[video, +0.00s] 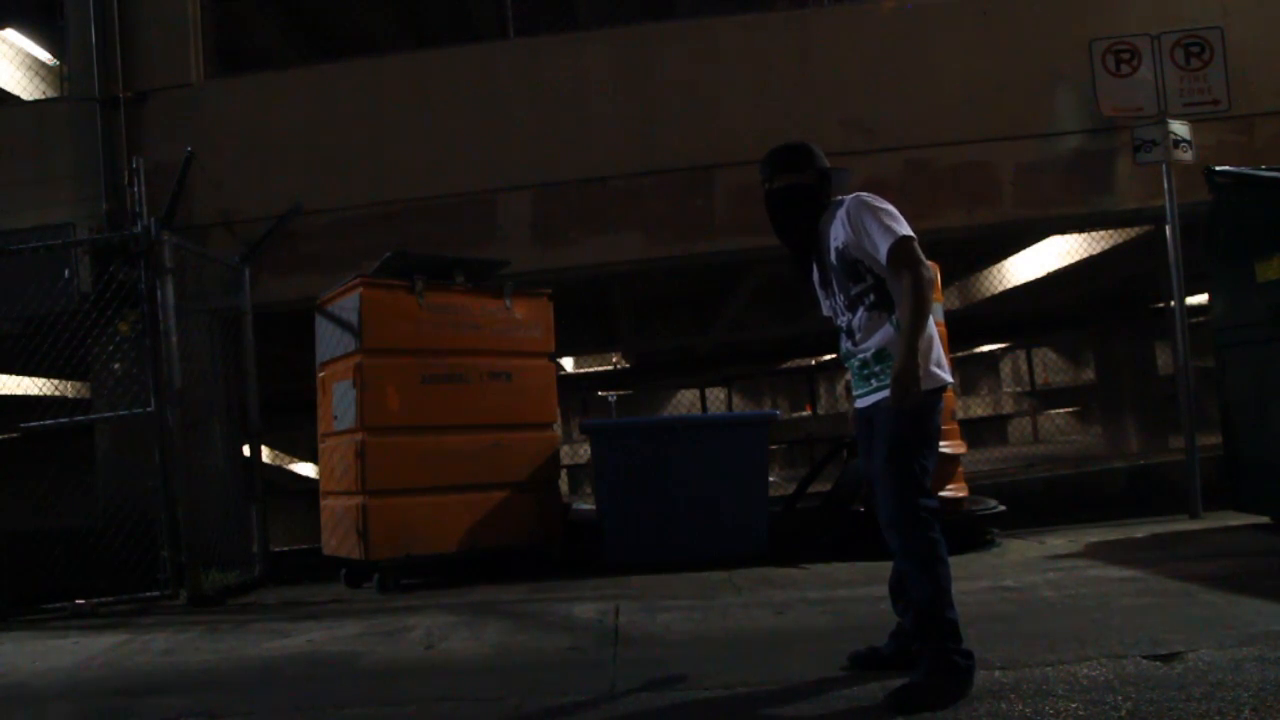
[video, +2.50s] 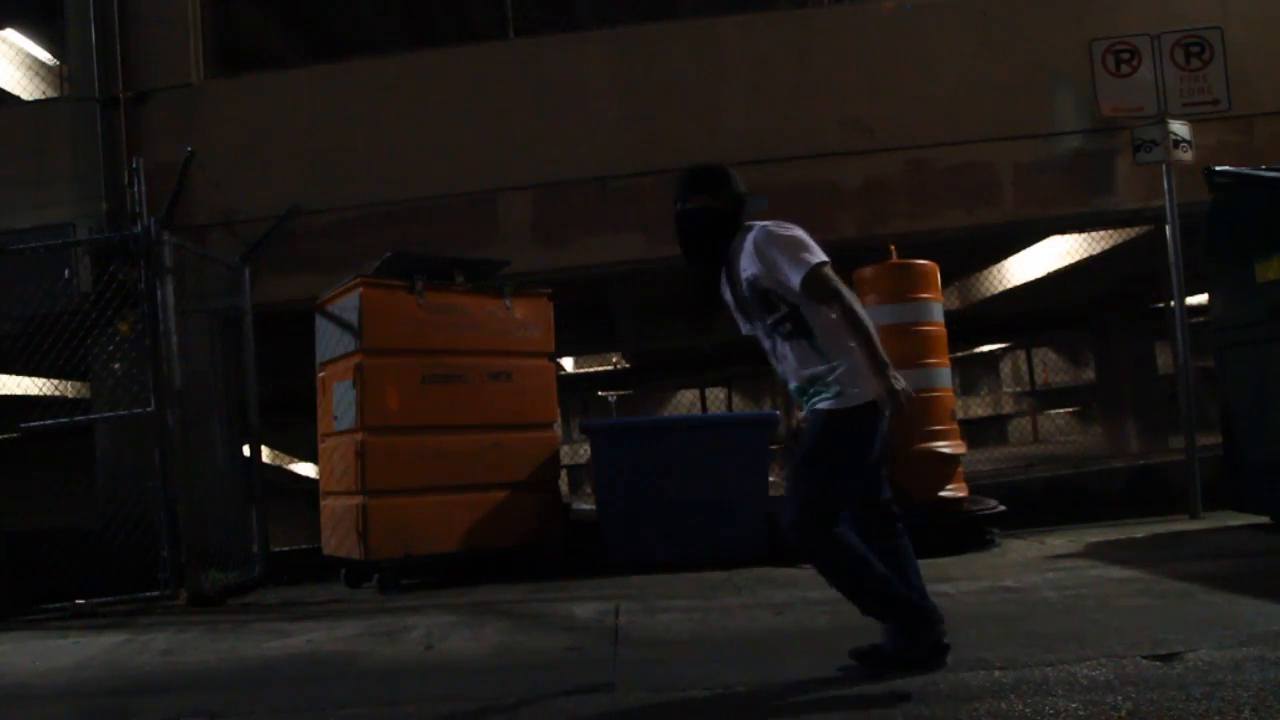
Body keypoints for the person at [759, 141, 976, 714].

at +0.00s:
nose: (776, 209)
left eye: (783, 194)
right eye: (771, 198)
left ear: (811, 185)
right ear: (783, 197)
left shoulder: (858, 211)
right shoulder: (822, 256)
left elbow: (917, 275)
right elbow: (856, 332)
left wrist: (907, 372)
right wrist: (862, 395)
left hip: (908, 392)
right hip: (875, 400)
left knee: (911, 519)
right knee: (896, 519)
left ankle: (946, 660)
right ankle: (914, 637)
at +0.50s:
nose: (782, 203)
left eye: (789, 188)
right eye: (776, 193)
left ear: (817, 180)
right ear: (785, 193)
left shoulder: (864, 210)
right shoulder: (827, 247)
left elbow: (921, 275)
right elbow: (859, 329)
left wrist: (921, 374)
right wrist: (863, 396)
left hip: (910, 394)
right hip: (877, 401)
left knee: (911, 519)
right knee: (895, 519)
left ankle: (945, 660)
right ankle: (913, 639)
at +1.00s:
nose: (781, 202)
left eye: (789, 187)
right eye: (776, 191)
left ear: (817, 180)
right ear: (783, 194)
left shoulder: (863, 212)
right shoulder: (826, 252)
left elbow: (921, 276)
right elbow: (853, 340)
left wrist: (919, 374)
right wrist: (856, 407)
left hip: (909, 394)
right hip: (876, 402)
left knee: (913, 520)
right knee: (895, 520)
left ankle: (945, 660)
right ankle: (912, 637)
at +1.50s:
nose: (774, 208)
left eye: (779, 194)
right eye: (770, 197)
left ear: (806, 185)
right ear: (786, 195)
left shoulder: (858, 213)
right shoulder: (820, 258)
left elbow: (915, 276)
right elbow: (849, 337)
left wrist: (916, 373)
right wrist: (852, 399)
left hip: (908, 393)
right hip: (874, 403)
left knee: (911, 520)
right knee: (894, 521)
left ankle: (946, 661)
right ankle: (913, 638)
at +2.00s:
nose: (749, 217)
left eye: (755, 203)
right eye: (745, 205)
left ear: (783, 195)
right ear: (758, 205)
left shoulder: (835, 220)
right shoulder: (798, 263)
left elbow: (895, 280)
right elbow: (835, 341)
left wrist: (893, 371)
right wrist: (841, 401)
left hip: (898, 392)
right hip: (866, 401)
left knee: (905, 520)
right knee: (888, 521)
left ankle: (944, 660)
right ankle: (910, 640)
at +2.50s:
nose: (686, 228)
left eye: (694, 214)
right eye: (683, 216)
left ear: (721, 209)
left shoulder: (769, 240)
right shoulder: (733, 276)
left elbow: (840, 296)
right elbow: (782, 349)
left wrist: (886, 373)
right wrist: (791, 412)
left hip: (852, 400)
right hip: (822, 409)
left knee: (811, 522)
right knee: (870, 516)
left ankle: (910, 630)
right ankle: (914, 633)